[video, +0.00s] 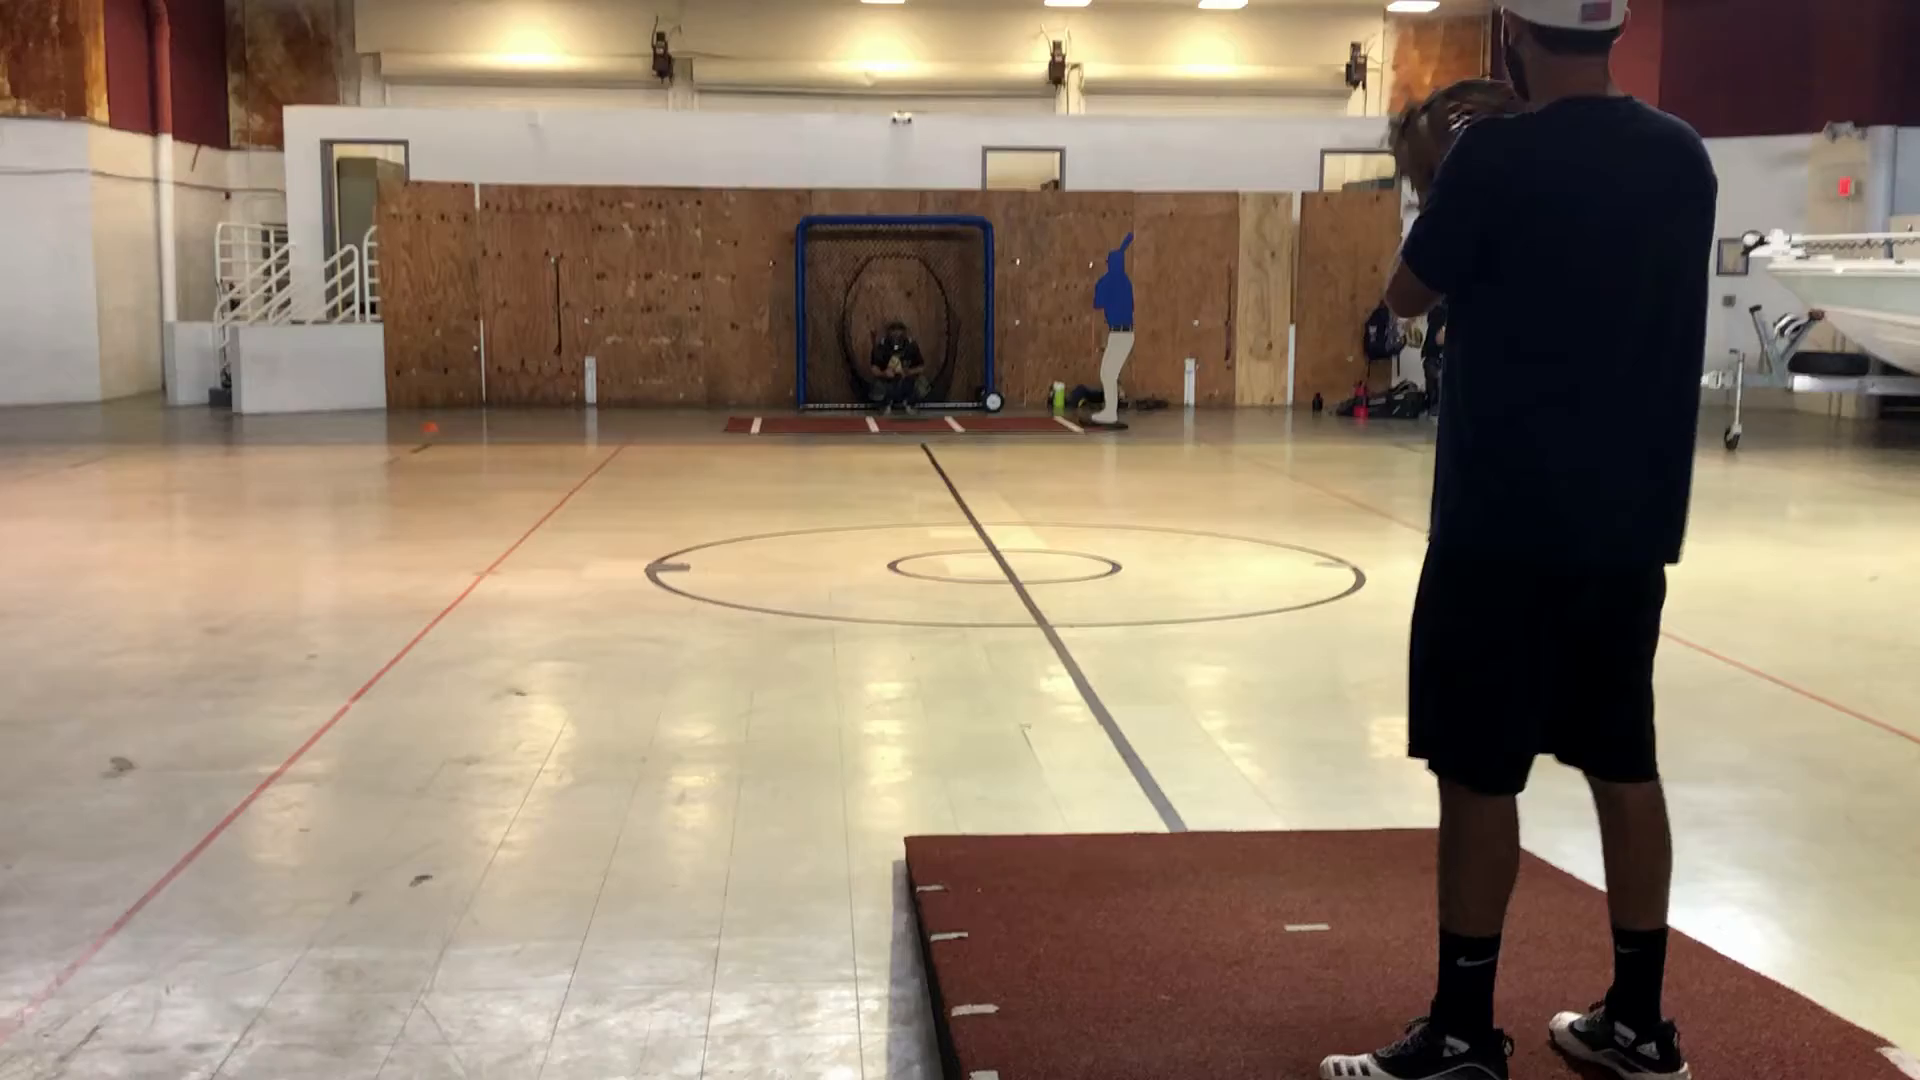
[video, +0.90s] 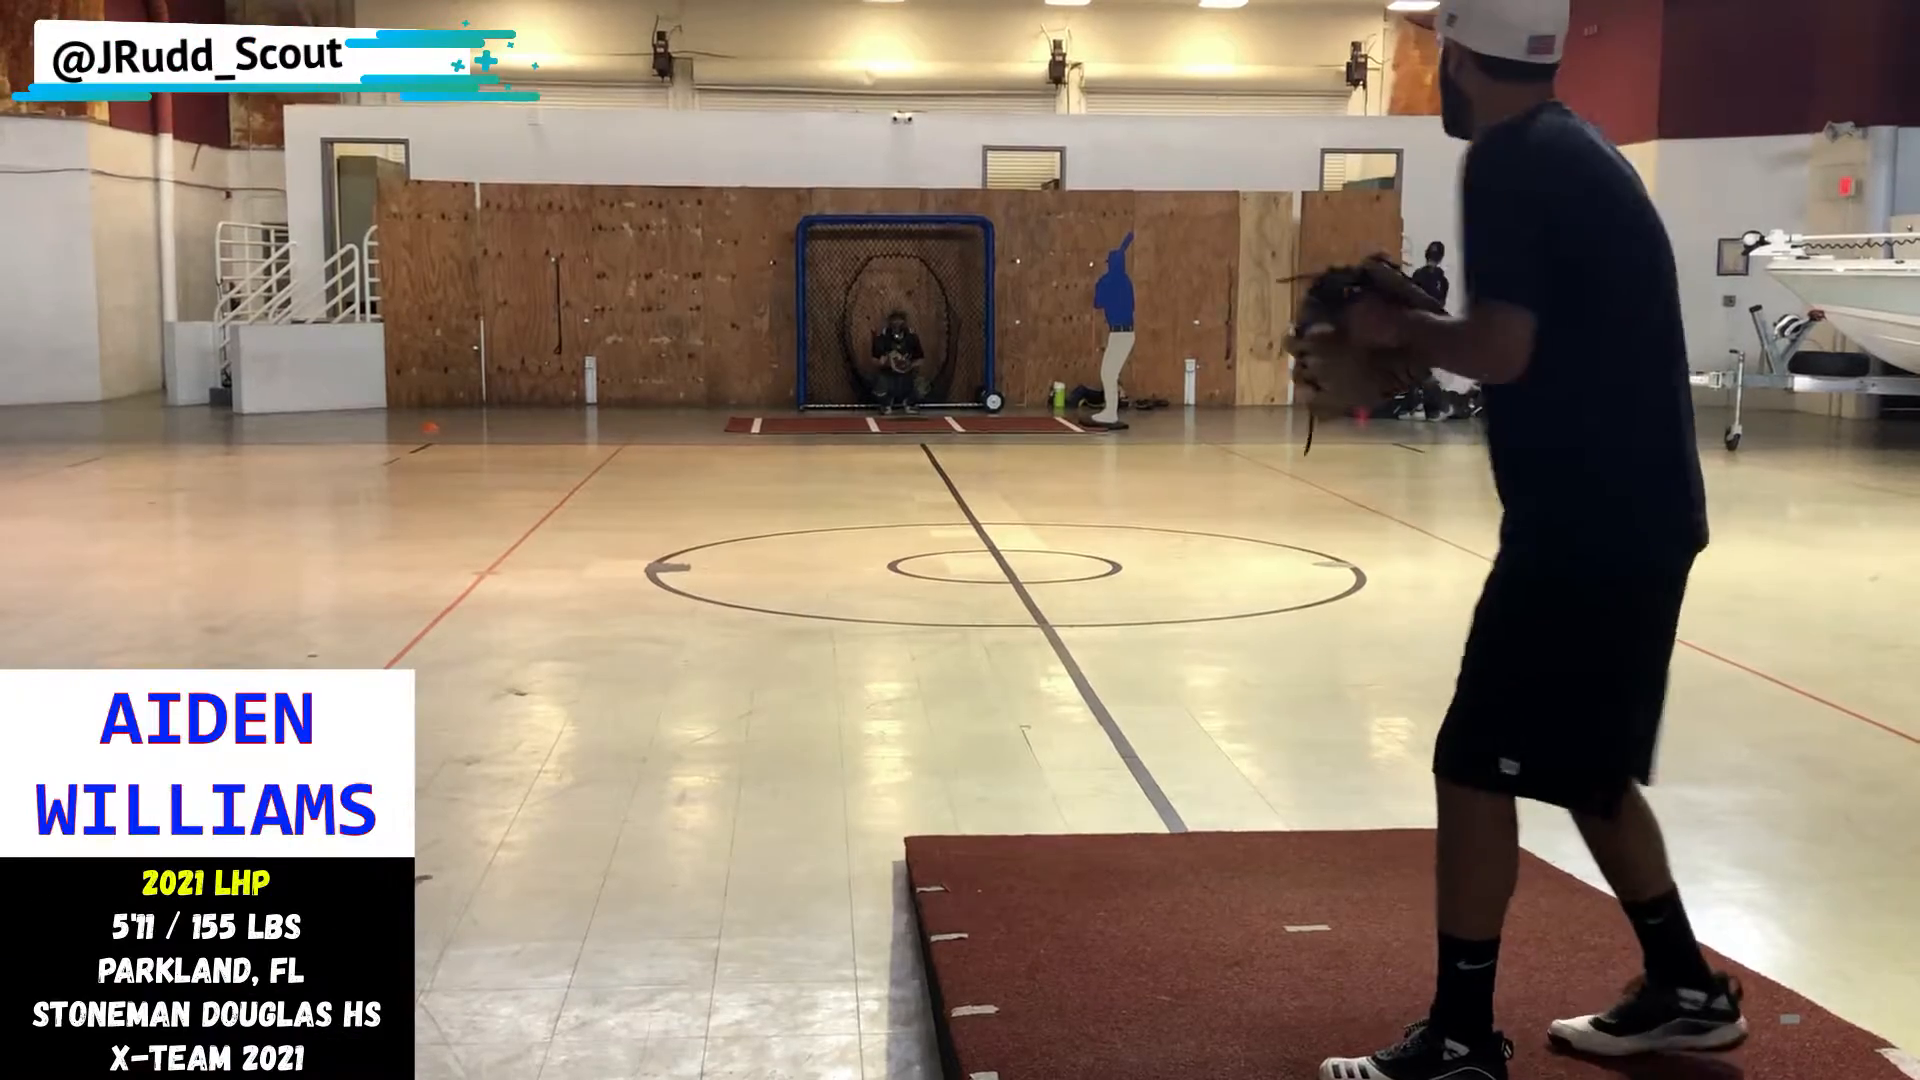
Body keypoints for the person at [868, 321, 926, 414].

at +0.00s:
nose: (897, 337)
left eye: (900, 333)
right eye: (893, 333)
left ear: (904, 334)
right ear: (889, 334)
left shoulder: (911, 346)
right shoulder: (881, 347)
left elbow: (920, 367)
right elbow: (874, 368)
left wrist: (907, 372)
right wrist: (884, 373)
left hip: (906, 380)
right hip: (888, 380)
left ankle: (909, 403)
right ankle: (887, 405)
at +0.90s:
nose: (897, 326)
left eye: (900, 323)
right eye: (894, 322)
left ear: (904, 323)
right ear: (890, 323)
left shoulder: (912, 338)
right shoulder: (882, 338)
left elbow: (920, 360)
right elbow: (875, 359)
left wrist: (909, 365)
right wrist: (887, 360)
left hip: (906, 373)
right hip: (889, 372)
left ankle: (909, 403)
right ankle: (886, 404)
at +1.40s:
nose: (896, 344)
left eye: (899, 340)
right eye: (893, 340)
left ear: (904, 340)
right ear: (888, 340)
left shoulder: (911, 351)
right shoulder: (881, 352)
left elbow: (931, 365)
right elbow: (873, 370)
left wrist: (913, 371)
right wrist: (892, 371)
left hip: (911, 387)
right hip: (889, 387)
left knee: (922, 381)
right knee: (871, 380)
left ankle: (924, 405)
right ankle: (881, 405)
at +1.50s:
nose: (896, 347)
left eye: (900, 343)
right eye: (894, 343)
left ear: (906, 342)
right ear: (889, 342)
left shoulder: (913, 354)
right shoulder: (882, 355)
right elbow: (873, 372)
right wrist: (891, 373)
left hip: (910, 389)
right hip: (889, 388)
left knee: (921, 382)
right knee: (872, 381)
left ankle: (925, 404)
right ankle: (881, 404)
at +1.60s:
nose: (898, 344)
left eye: (902, 341)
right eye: (895, 341)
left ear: (906, 341)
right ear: (890, 340)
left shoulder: (913, 353)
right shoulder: (882, 354)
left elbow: (929, 370)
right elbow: (875, 374)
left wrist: (910, 374)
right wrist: (889, 373)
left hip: (910, 389)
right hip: (889, 389)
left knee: (921, 383)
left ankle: (925, 405)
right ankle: (883, 405)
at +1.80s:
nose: (899, 344)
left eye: (903, 341)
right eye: (896, 341)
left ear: (908, 340)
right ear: (891, 340)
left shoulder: (913, 352)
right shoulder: (884, 352)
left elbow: (923, 367)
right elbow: (878, 370)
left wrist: (917, 375)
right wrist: (890, 374)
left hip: (909, 380)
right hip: (890, 381)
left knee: (921, 387)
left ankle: (926, 405)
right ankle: (883, 405)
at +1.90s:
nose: (899, 345)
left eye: (903, 342)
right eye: (896, 342)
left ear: (908, 341)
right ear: (891, 340)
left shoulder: (913, 352)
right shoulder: (884, 352)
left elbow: (923, 369)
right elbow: (878, 371)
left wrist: (918, 377)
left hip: (910, 380)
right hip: (890, 383)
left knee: (922, 386)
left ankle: (925, 405)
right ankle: (884, 404)